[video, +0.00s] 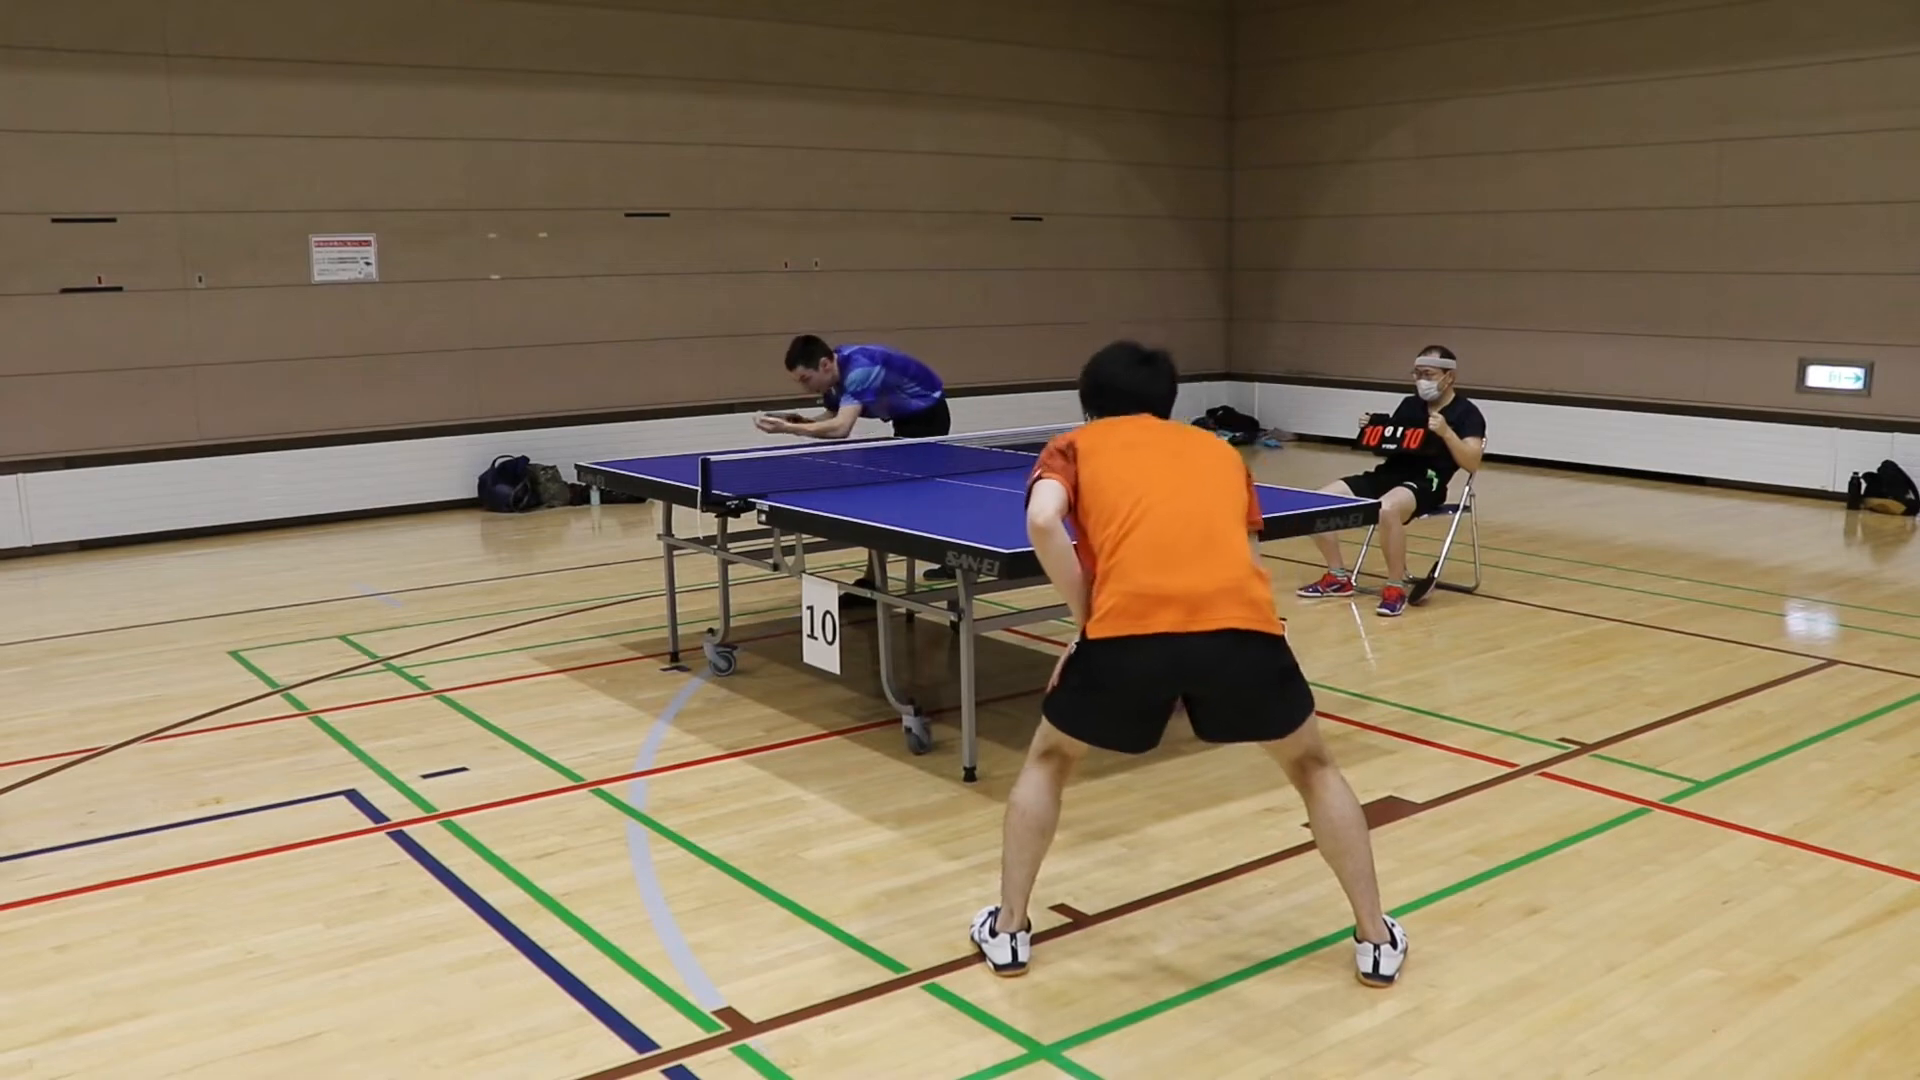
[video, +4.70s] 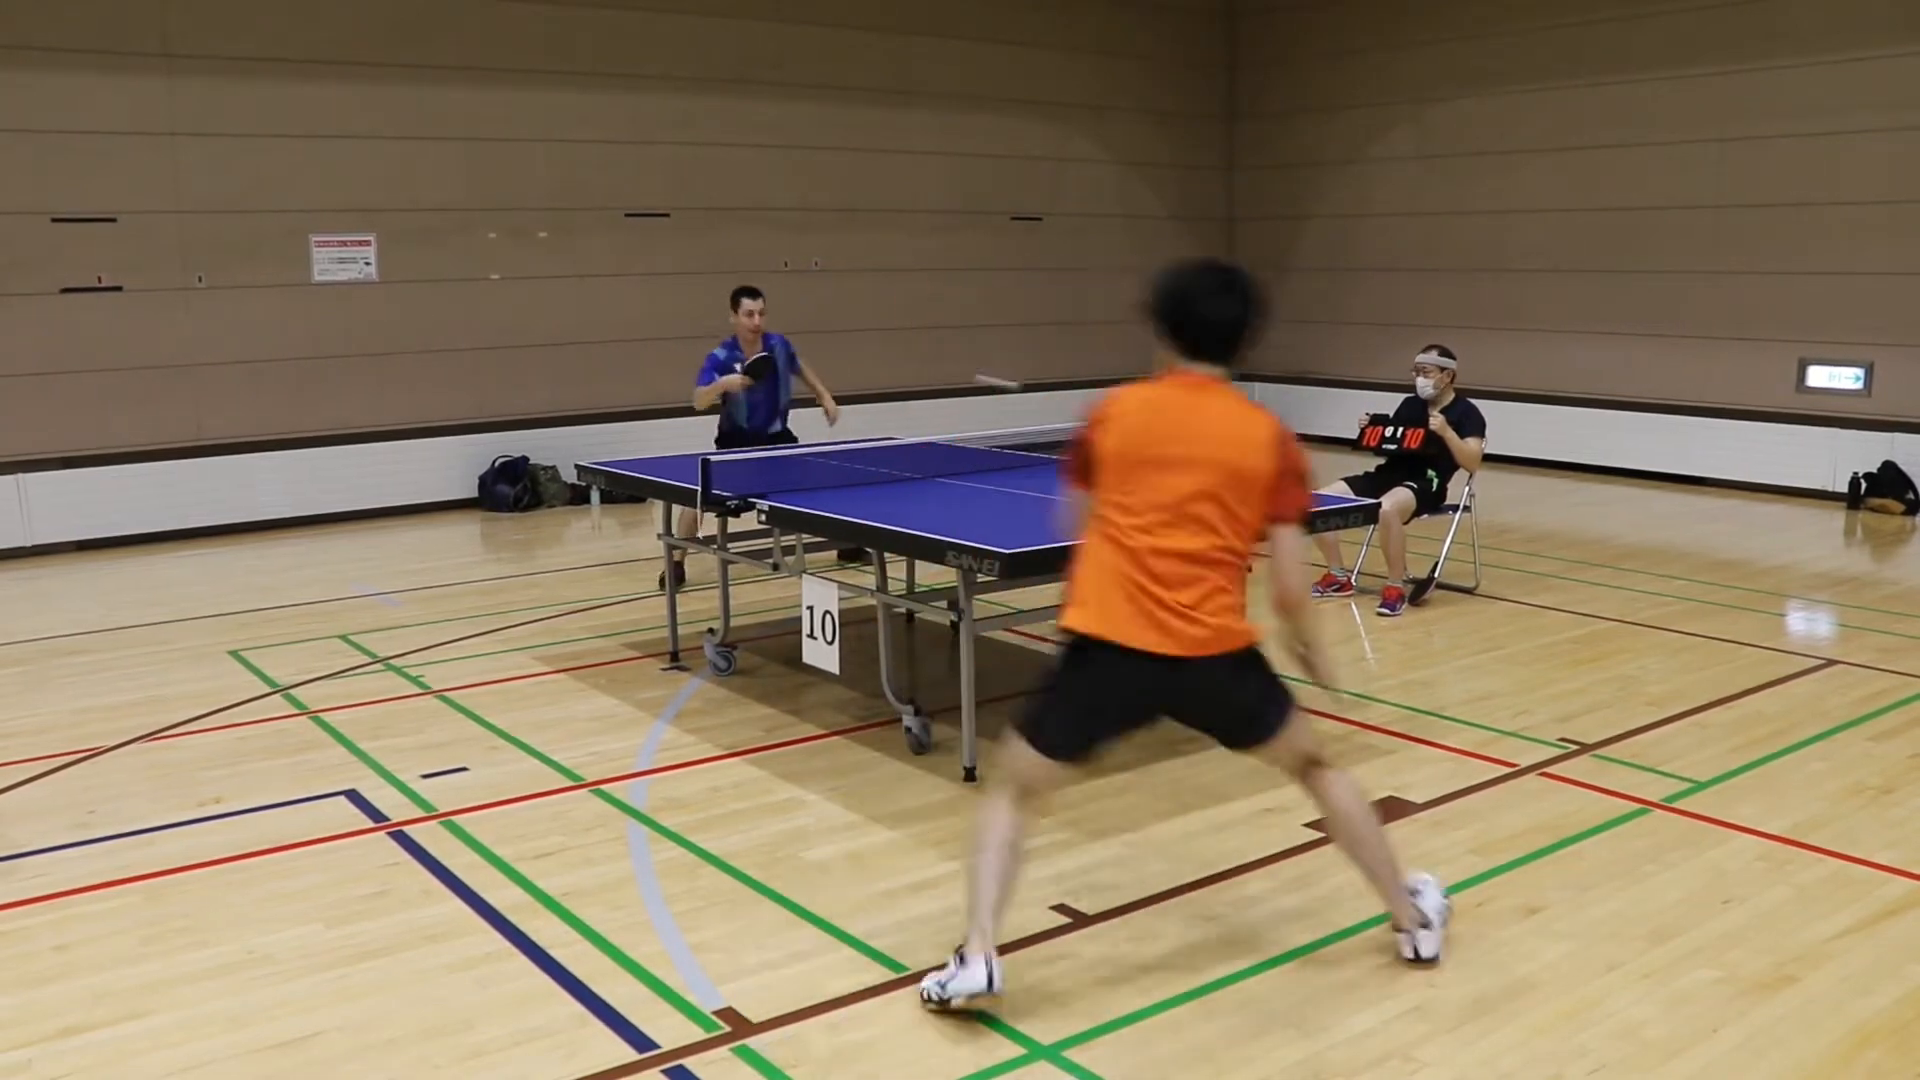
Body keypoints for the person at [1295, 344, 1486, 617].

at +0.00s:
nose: (1423, 382)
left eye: (1430, 375)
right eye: (1418, 374)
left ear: (1450, 378)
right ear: (1413, 375)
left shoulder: (1467, 414)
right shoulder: (1411, 404)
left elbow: (1472, 463)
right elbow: (1392, 439)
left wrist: (1446, 433)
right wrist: (1373, 425)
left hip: (1427, 481)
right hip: (1390, 474)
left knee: (1389, 509)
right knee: (1318, 503)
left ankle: (1394, 588)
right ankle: (1338, 576)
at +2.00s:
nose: (1423, 381)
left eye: (1430, 375)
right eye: (1418, 374)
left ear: (1450, 378)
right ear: (1414, 375)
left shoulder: (1466, 413)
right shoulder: (1410, 405)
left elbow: (1471, 463)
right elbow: (1386, 444)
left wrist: (1446, 433)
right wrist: (1367, 432)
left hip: (1426, 482)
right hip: (1388, 476)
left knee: (1390, 508)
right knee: (1323, 500)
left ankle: (1395, 587)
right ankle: (1337, 574)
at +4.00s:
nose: (1428, 378)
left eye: (1436, 372)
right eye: (1422, 372)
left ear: (1453, 377)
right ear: (1417, 375)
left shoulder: (1467, 414)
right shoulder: (1411, 404)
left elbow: (1472, 463)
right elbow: (1393, 438)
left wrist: (1447, 433)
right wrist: (1373, 426)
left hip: (1427, 481)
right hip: (1391, 473)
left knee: (1388, 509)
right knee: (1320, 502)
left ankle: (1394, 587)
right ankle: (1337, 576)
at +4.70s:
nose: (1419, 378)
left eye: (1427, 373)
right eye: (1417, 372)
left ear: (1448, 378)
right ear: (1413, 373)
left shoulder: (1467, 414)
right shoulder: (1411, 404)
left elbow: (1472, 463)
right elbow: (1393, 439)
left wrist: (1446, 432)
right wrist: (1372, 427)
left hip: (1427, 482)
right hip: (1390, 473)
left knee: (1389, 509)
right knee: (1318, 502)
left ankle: (1395, 588)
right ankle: (1338, 575)